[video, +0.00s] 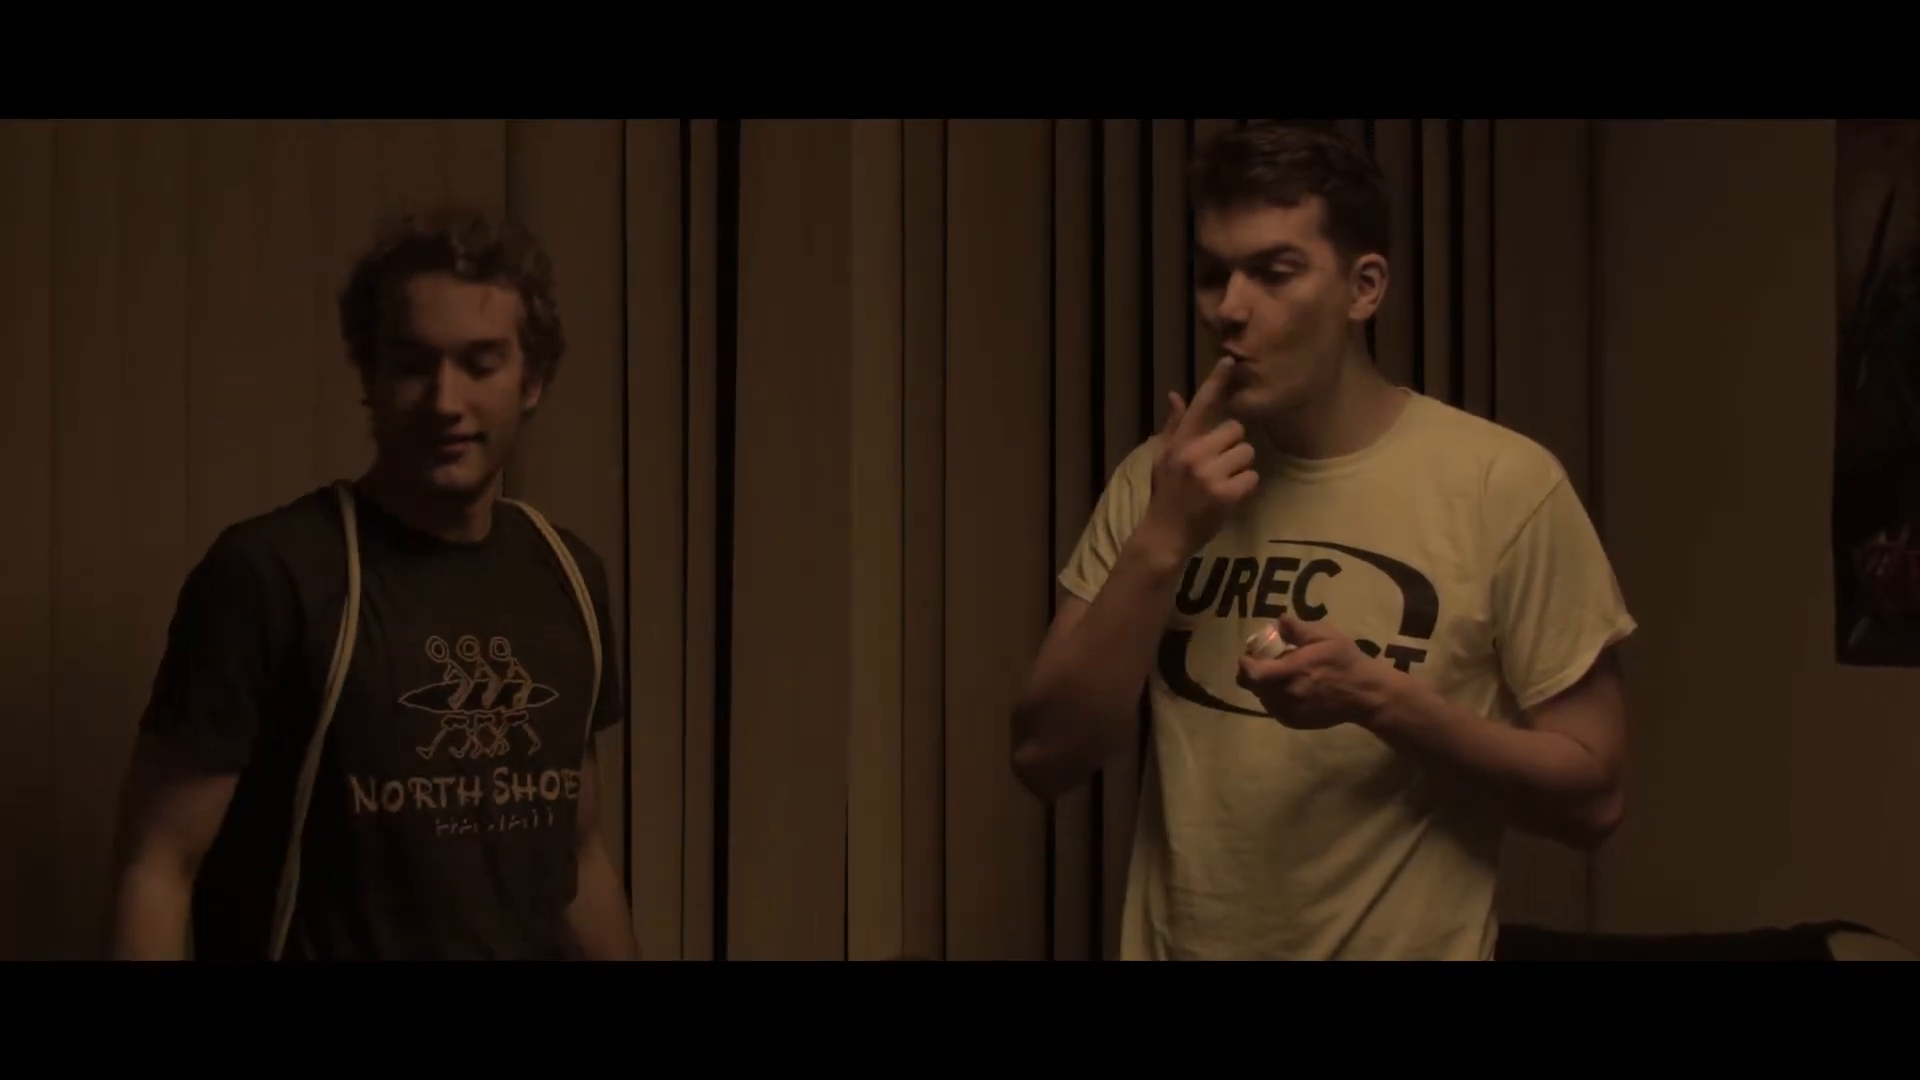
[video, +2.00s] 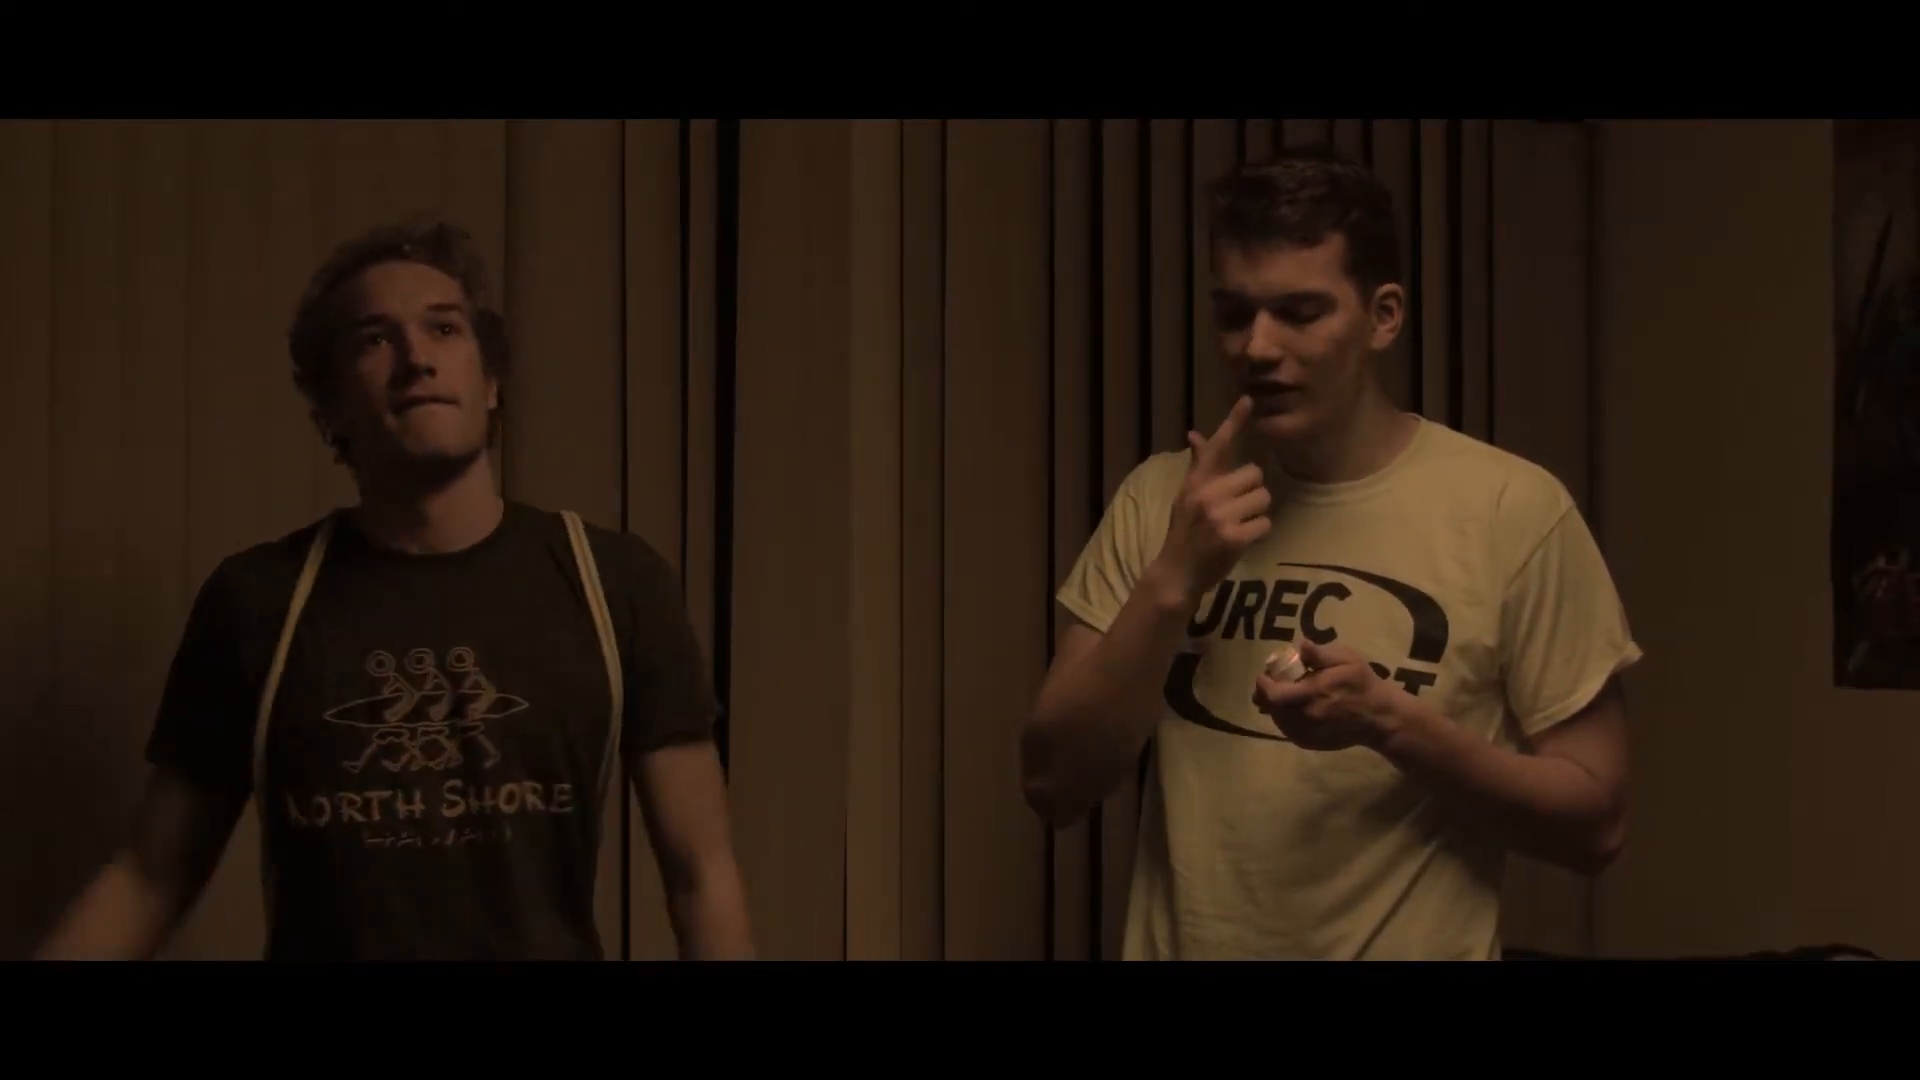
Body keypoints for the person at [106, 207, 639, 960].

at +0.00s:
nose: (446, 402)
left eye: (480, 364)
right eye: (413, 366)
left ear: (532, 381)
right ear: (369, 382)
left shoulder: (573, 578)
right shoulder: (265, 577)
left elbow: (580, 850)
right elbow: (159, 863)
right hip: (317, 945)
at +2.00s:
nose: (414, 355)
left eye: (443, 329)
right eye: (373, 339)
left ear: (491, 383)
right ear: (330, 414)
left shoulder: (616, 584)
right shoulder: (252, 601)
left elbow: (700, 870)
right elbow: (151, 874)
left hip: (545, 956)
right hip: (326, 961)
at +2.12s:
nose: (394, 350)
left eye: (427, 325)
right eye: (355, 334)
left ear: (479, 378)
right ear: (318, 405)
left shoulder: (605, 578)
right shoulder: (252, 596)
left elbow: (716, 862)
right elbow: (102, 803)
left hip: (558, 951)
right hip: (329, 958)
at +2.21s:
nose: (382, 350)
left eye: (413, 324)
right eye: (343, 334)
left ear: (463, 377)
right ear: (302, 409)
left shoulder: (587, 569)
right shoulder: (249, 592)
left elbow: (715, 850)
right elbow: (72, 752)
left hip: (564, 951)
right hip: (336, 957)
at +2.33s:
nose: (380, 352)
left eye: (410, 329)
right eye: (336, 331)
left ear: (446, 380)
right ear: (278, 400)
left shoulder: (558, 556)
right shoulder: (215, 588)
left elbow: (708, 821)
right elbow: (23, 671)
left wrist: (754, 965)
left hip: (565, 946)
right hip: (334, 951)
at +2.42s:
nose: (372, 355)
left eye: (401, 332)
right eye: (326, 332)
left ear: (435, 386)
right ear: (263, 403)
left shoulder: (552, 560)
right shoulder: (191, 592)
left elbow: (713, 820)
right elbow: (9, 616)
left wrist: (729, 959)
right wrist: (3, 412)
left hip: (558, 942)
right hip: (319, 948)